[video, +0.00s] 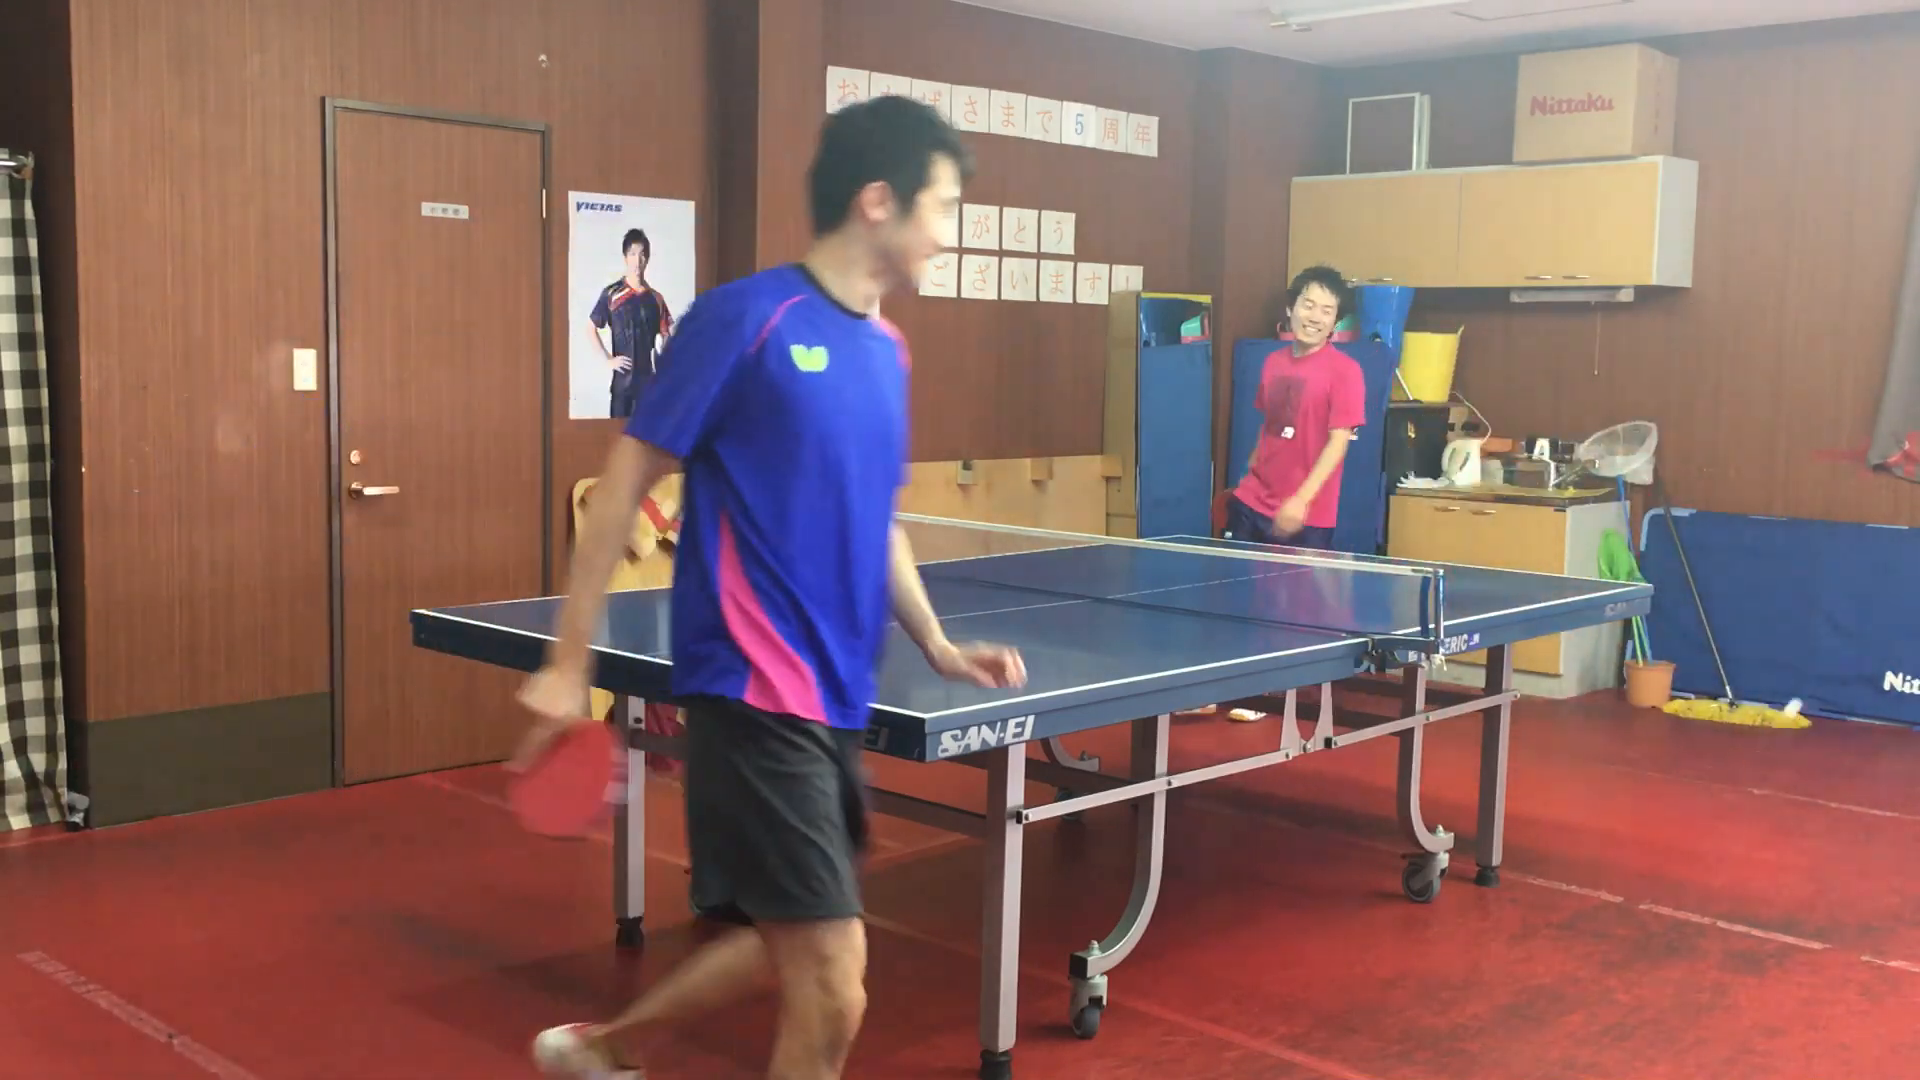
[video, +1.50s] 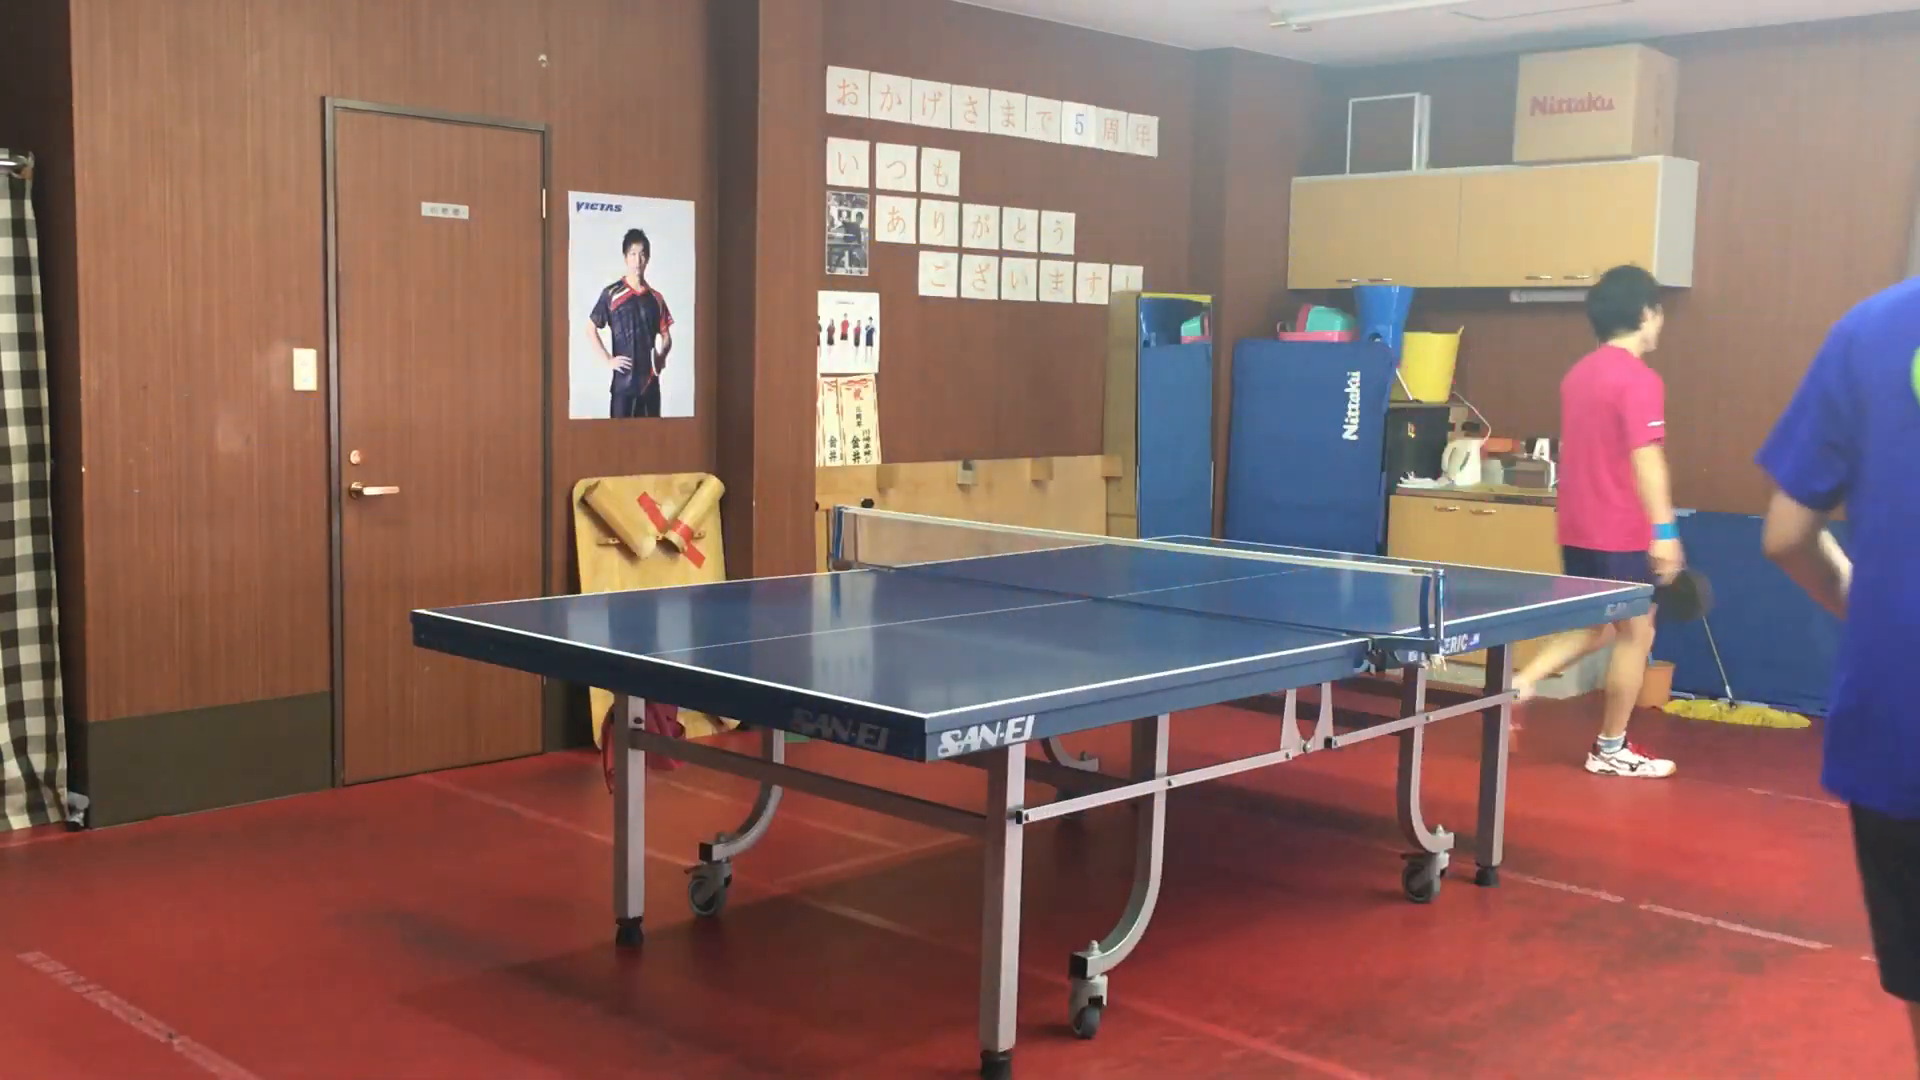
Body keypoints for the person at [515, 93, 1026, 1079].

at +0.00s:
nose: (948, 236)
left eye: (953, 212)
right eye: (943, 208)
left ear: (882, 208)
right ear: (875, 203)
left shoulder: (885, 352)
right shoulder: (744, 317)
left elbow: (874, 519)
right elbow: (623, 479)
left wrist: (939, 645)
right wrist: (568, 660)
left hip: (830, 702)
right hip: (750, 699)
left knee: (780, 940)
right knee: (831, 997)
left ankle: (598, 1047)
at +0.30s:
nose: (1182, 208)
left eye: (1186, 182)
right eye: (1171, 174)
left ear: (1106, 170)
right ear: (1093, 163)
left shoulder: (1130, 329)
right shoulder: (958, 300)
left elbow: (1082, 522)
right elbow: (850, 488)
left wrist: (1102, 687)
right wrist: (966, 652)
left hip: (1088, 740)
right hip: (953, 740)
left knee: (1172, 1035)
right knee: (900, 1027)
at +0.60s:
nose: (1458, 193)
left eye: (1461, 167)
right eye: (1452, 162)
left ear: (1389, 160)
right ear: (1383, 153)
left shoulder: (1381, 319)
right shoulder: (1246, 309)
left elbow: (1413, 516)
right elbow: (1152, 527)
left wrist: (1512, 698)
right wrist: (1335, 675)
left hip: (1381, 753)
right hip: (1292, 765)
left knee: (1364, 1053)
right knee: (1426, 1057)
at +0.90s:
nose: (1714, 186)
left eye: (1713, 158)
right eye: (1711, 155)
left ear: (1557, 158)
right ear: (1669, 155)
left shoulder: (1542, 300)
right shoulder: (1604, 311)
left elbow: (1589, 516)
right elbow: (1575, 554)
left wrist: (1751, 567)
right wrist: (1788, 646)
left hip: (1521, 762)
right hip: (1613, 779)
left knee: (1514, 1038)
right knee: (1702, 1056)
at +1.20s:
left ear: (1797, 144)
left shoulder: (1715, 310)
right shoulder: (1904, 297)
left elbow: (1648, 530)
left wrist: (1781, 535)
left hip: (1733, 780)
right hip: (1881, 795)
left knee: (1850, 1043)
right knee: (1846, 1063)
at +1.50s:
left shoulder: (1875, 332)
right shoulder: (1871, 333)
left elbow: (1786, 535)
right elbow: (1787, 534)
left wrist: (1875, 611)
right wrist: (1877, 612)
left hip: (1893, 724)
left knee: (1917, 996)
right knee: (1912, 993)